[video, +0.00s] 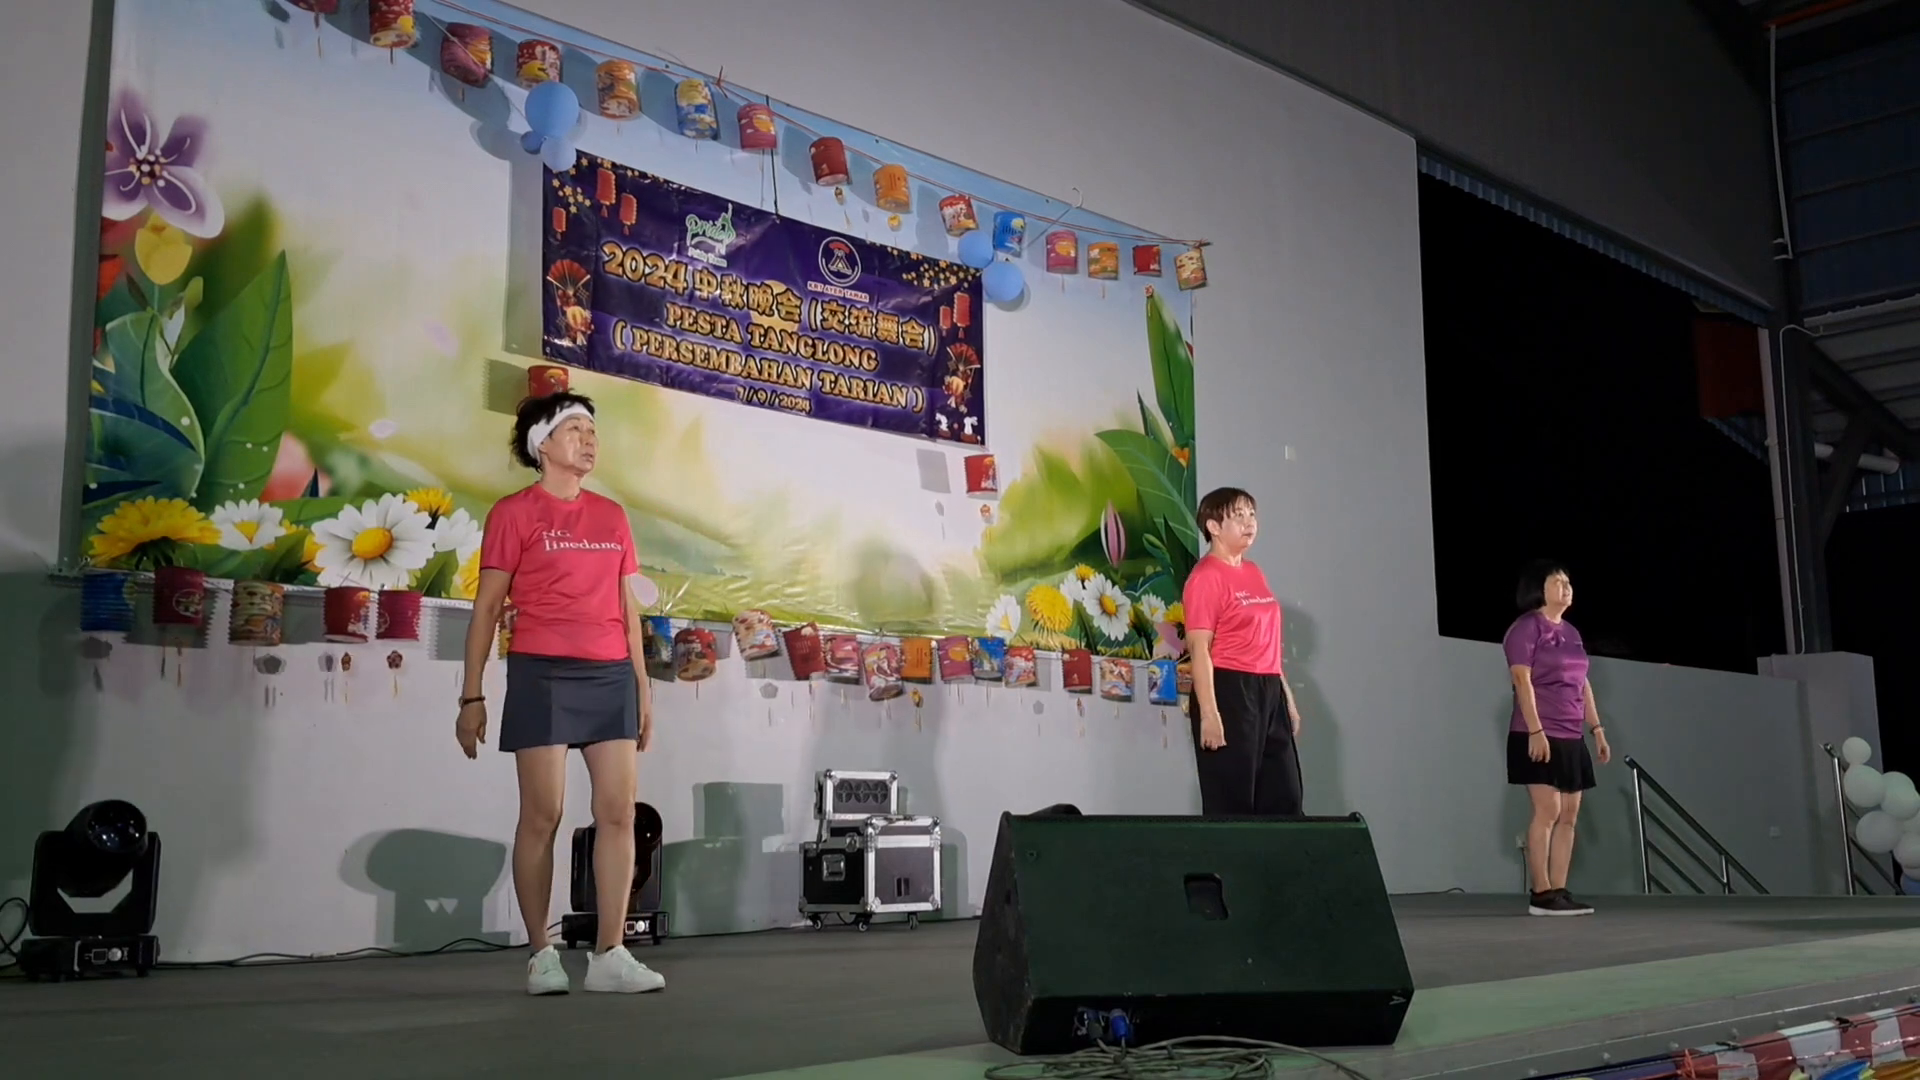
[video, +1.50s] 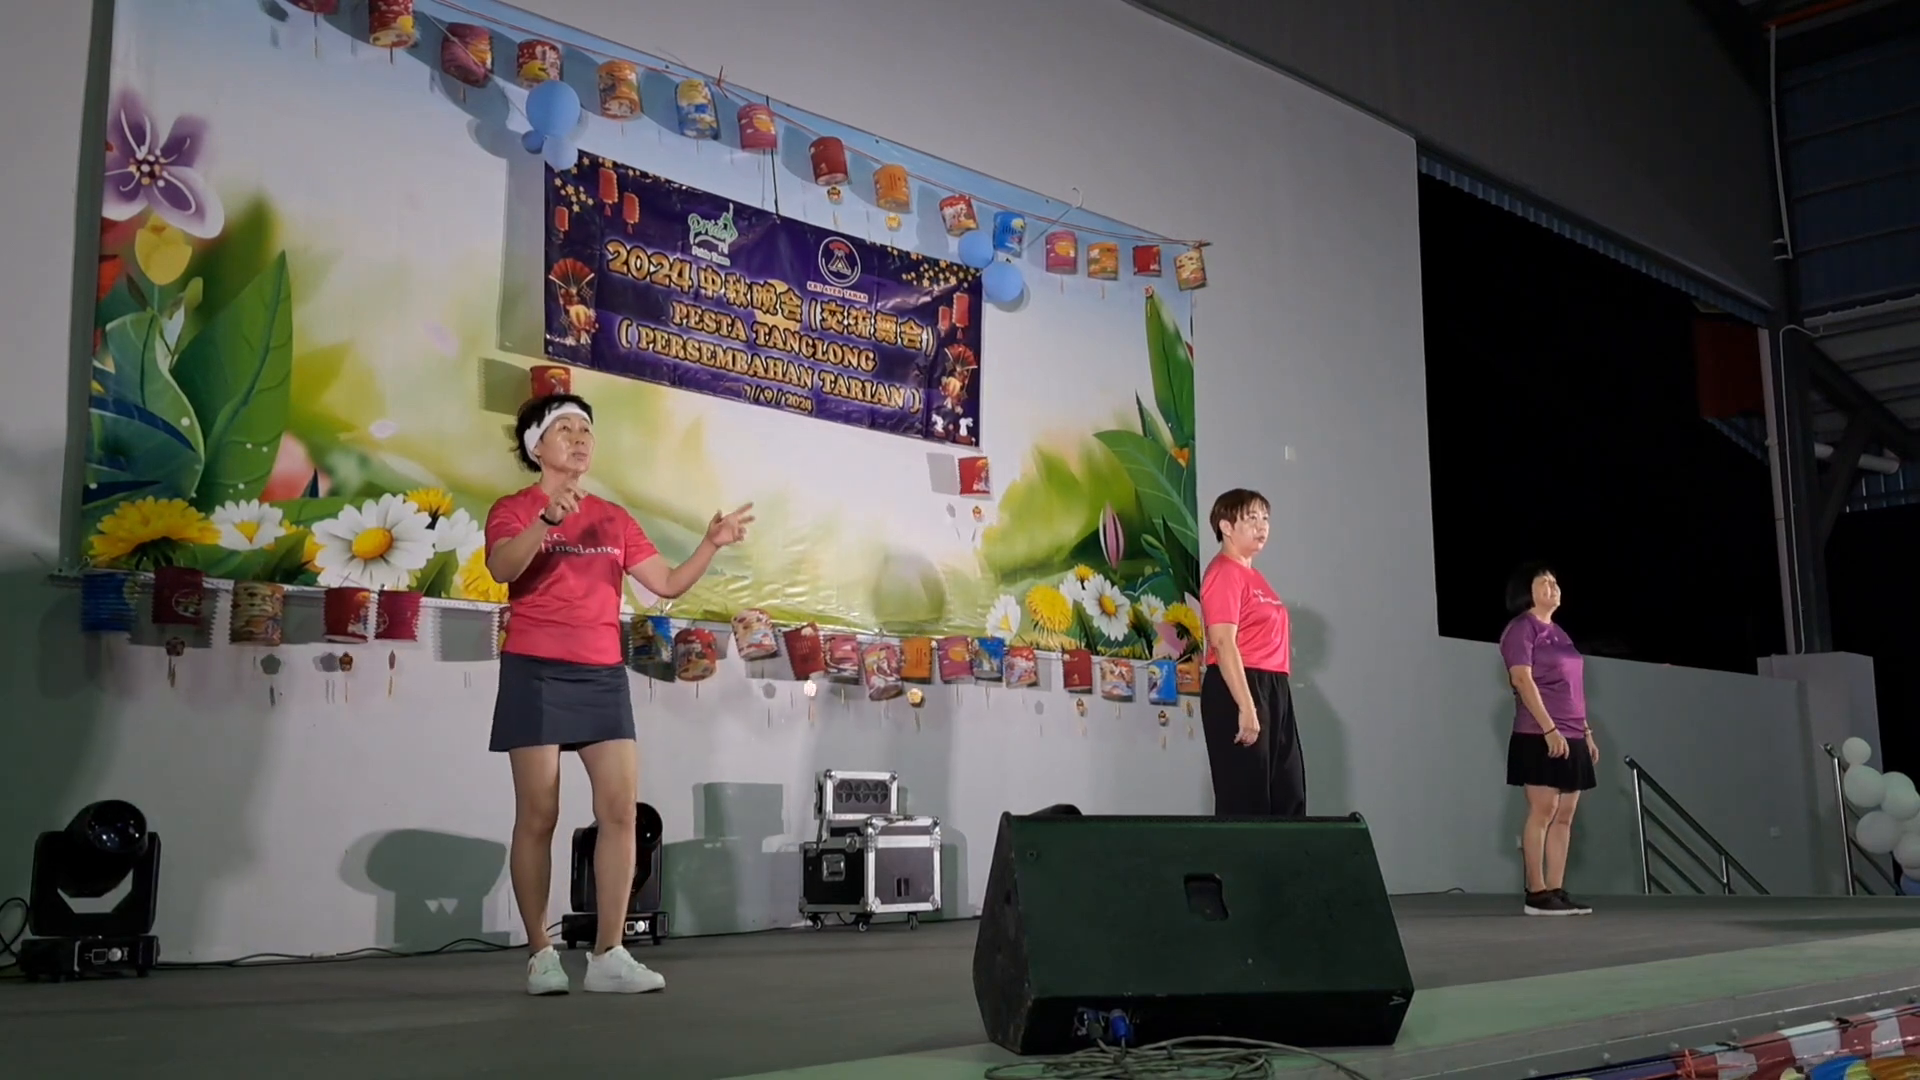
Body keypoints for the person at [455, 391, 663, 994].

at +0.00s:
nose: (588, 439)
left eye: (591, 432)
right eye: (575, 430)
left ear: (594, 446)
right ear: (541, 442)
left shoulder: (611, 516)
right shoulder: (514, 512)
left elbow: (630, 613)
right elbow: (487, 608)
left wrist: (643, 690)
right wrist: (472, 695)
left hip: (613, 677)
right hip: (540, 677)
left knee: (619, 812)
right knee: (543, 814)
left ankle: (610, 952)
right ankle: (542, 950)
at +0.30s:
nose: (583, 446)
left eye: (589, 438)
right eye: (570, 436)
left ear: (595, 449)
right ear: (538, 447)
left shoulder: (609, 521)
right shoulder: (515, 514)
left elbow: (651, 603)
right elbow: (502, 591)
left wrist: (710, 661)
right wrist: (516, 648)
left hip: (602, 676)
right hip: (534, 673)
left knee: (624, 807)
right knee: (537, 815)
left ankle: (609, 951)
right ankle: (542, 949)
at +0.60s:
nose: (580, 447)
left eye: (586, 438)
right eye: (565, 437)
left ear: (593, 450)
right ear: (536, 450)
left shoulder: (611, 522)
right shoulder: (516, 513)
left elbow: (668, 586)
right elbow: (501, 570)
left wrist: (723, 563)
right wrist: (544, 545)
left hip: (602, 675)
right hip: (532, 673)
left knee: (624, 806)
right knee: (538, 815)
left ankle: (610, 951)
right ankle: (542, 950)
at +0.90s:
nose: (582, 449)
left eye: (588, 439)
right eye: (568, 438)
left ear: (594, 450)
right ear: (536, 450)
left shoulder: (609, 520)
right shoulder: (516, 510)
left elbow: (671, 578)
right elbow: (504, 561)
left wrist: (717, 534)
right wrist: (549, 512)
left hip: (606, 674)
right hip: (539, 672)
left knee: (619, 808)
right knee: (546, 813)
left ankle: (610, 953)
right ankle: (542, 951)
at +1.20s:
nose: (581, 448)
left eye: (587, 438)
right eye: (567, 438)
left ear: (595, 449)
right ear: (537, 450)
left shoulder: (610, 522)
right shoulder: (515, 515)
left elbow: (666, 591)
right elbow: (507, 572)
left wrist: (706, 541)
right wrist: (552, 516)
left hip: (599, 678)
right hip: (532, 673)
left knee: (622, 808)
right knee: (538, 814)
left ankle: (609, 953)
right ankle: (541, 950)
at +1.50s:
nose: (579, 440)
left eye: (585, 432)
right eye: (565, 431)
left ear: (593, 448)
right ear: (535, 446)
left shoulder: (611, 518)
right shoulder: (515, 510)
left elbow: (666, 585)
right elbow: (501, 569)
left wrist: (710, 544)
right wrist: (545, 522)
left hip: (603, 675)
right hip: (534, 672)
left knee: (620, 808)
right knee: (539, 813)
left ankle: (609, 953)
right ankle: (541, 951)